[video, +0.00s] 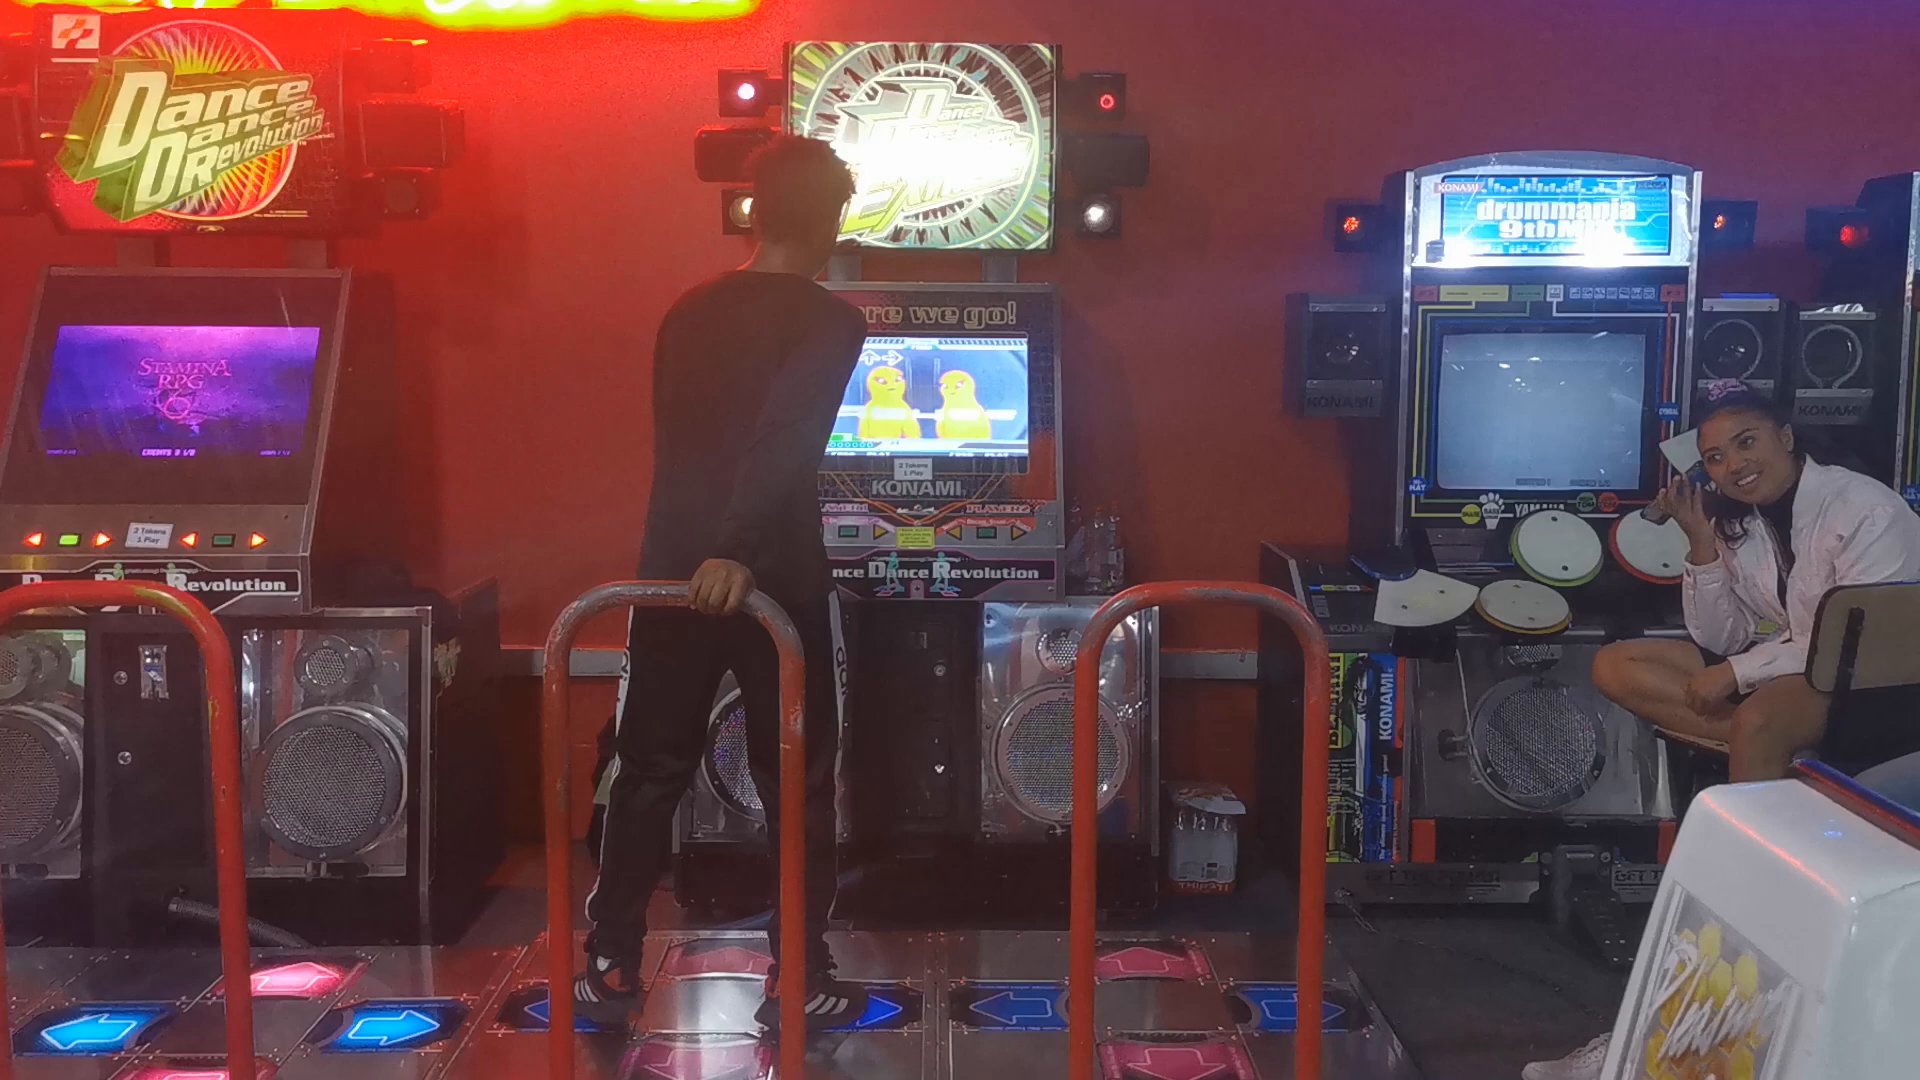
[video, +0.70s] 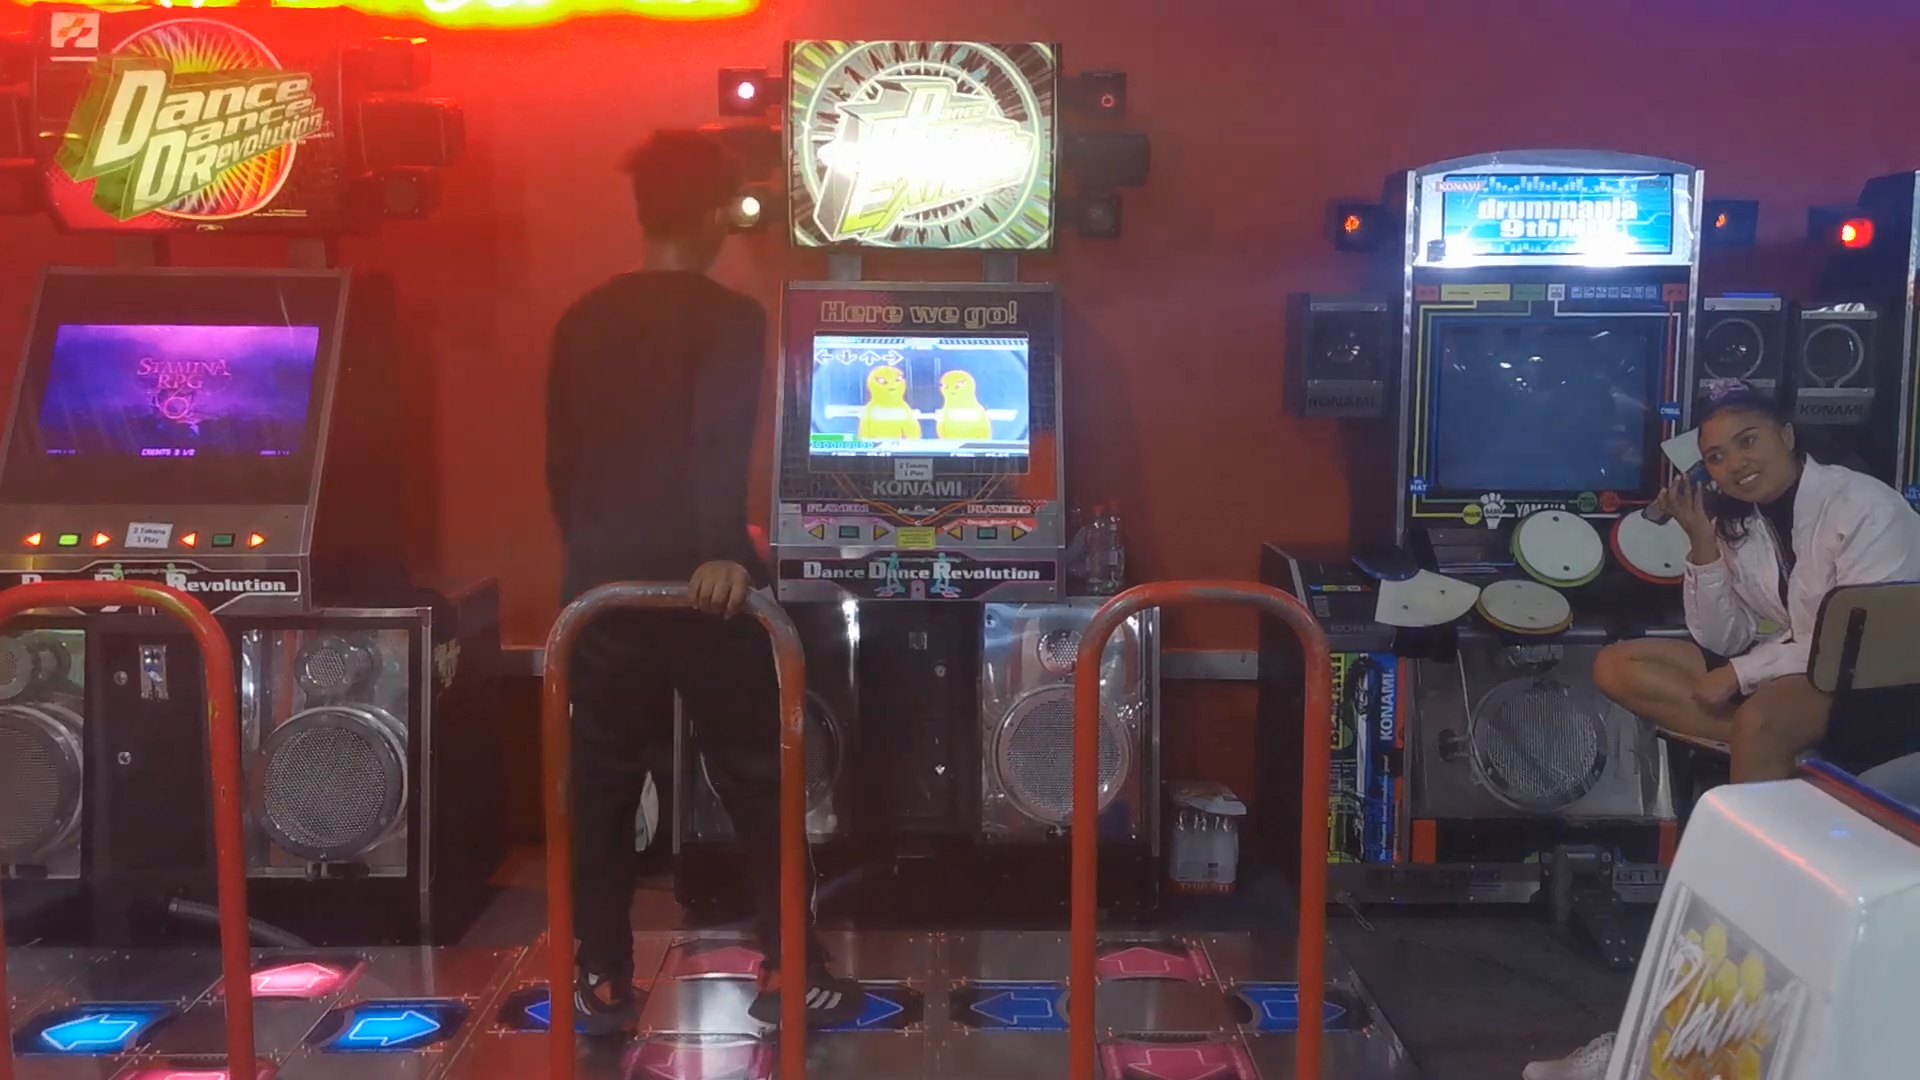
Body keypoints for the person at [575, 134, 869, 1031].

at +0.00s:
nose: (840, 233)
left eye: (836, 218)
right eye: (839, 219)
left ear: (755, 220)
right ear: (828, 226)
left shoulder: (686, 312)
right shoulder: (830, 319)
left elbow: (673, 442)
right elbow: (787, 437)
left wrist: (699, 545)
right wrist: (737, 547)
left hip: (676, 564)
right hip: (778, 575)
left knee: (650, 768)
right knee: (798, 782)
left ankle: (609, 967)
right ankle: (800, 983)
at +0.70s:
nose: (736, 224)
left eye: (732, 208)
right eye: (731, 209)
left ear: (646, 215)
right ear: (711, 217)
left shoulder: (583, 318)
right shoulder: (732, 317)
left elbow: (564, 463)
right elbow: (724, 440)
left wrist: (595, 554)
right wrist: (722, 543)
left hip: (602, 574)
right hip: (707, 573)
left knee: (604, 777)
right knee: (757, 770)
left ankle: (602, 977)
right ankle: (799, 963)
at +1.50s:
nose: (811, 219)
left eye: (805, 203)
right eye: (809, 205)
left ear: (727, 208)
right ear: (796, 211)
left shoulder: (661, 305)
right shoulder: (807, 310)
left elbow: (655, 439)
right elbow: (767, 428)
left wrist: (688, 530)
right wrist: (724, 543)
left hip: (655, 562)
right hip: (758, 571)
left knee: (631, 772)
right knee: (785, 777)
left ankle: (603, 969)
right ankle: (804, 975)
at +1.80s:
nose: (748, 218)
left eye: (739, 204)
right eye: (745, 206)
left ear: (660, 211)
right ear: (732, 215)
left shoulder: (599, 312)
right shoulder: (750, 311)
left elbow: (582, 459)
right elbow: (734, 435)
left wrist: (628, 528)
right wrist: (723, 538)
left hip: (613, 570)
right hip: (720, 569)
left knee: (611, 776)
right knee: (762, 763)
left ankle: (602, 976)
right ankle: (807, 966)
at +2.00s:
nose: (735, 215)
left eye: (730, 202)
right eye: (729, 202)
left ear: (641, 210)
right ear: (715, 211)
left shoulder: (589, 312)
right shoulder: (738, 306)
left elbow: (546, 454)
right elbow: (728, 428)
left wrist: (502, 575)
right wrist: (723, 539)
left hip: (609, 580)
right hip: (718, 578)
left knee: (605, 792)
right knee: (764, 777)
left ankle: (603, 985)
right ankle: (806, 973)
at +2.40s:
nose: (800, 210)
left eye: (793, 197)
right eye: (796, 198)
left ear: (711, 211)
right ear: (787, 210)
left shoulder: (653, 312)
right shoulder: (800, 309)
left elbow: (628, 453)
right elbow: (768, 425)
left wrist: (625, 565)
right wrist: (733, 542)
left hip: (659, 569)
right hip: (762, 569)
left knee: (642, 771)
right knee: (795, 768)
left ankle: (603, 969)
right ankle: (808, 972)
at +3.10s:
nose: (755, 222)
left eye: (748, 209)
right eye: (751, 209)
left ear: (663, 216)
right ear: (741, 218)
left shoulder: (599, 311)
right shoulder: (758, 318)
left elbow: (555, 450)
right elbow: (733, 428)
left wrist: (527, 570)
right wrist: (724, 540)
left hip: (609, 574)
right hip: (716, 575)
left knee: (604, 781)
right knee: (759, 774)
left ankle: (600, 979)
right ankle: (806, 970)